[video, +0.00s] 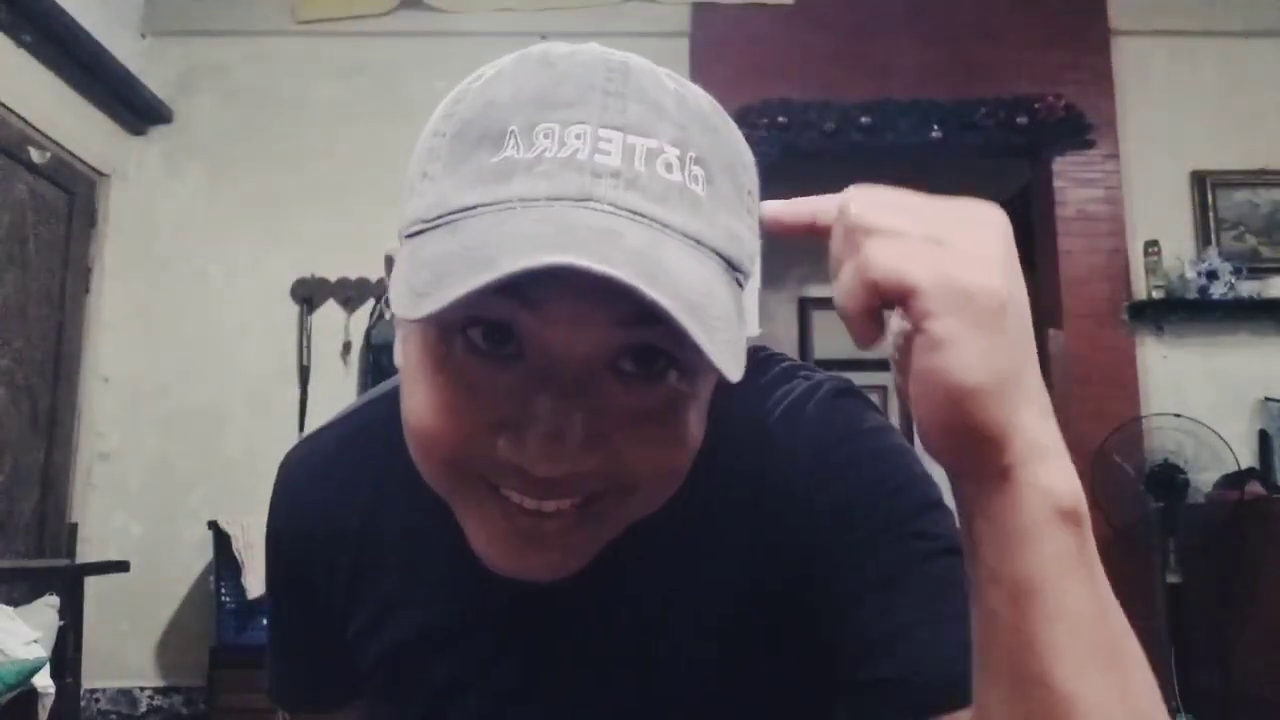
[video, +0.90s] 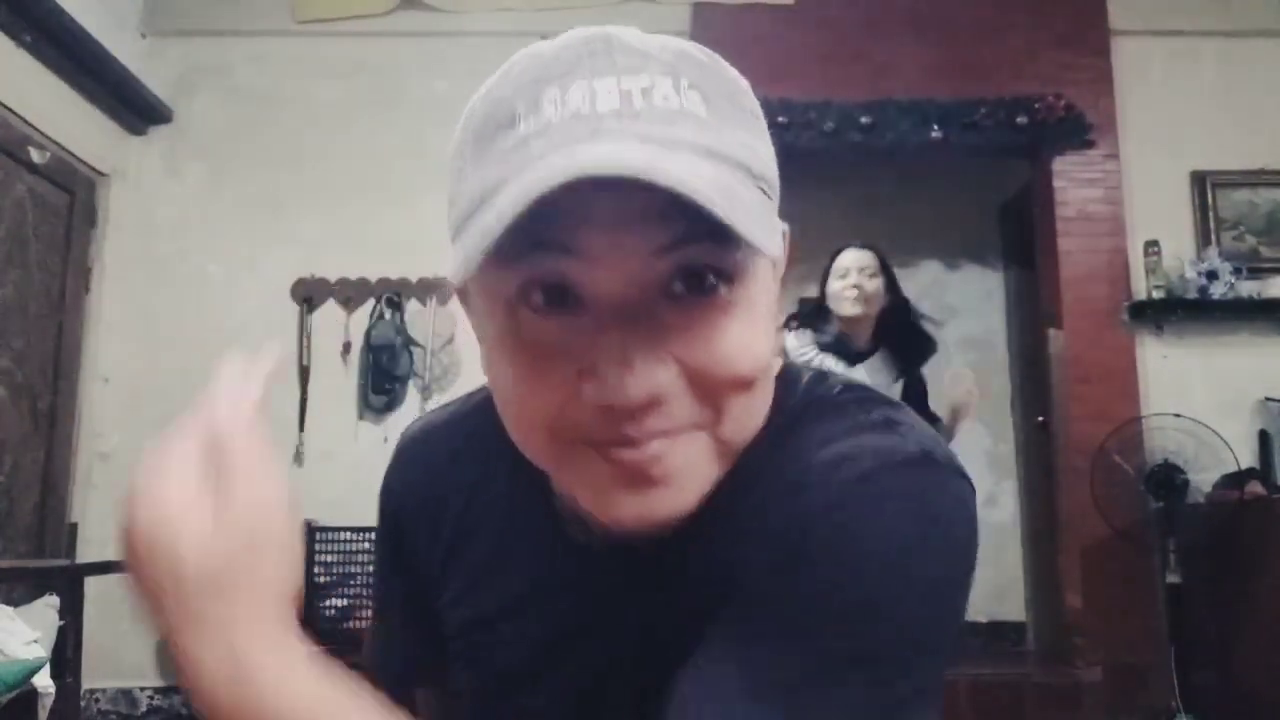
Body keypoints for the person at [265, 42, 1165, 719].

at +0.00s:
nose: (553, 447)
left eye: (643, 366)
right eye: (489, 339)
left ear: (728, 358)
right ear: (400, 300)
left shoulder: (831, 477)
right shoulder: (326, 499)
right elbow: (305, 698)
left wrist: (1013, 466)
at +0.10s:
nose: (580, 442)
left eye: (666, 355)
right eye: (514, 344)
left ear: (753, 344)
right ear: (410, 305)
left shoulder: (848, 477)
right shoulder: (338, 492)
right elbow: (321, 701)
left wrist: (1018, 439)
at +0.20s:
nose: (635, 449)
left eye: (676, 388)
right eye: (564, 399)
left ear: (745, 358)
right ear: (434, 321)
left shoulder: (870, 480)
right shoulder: (371, 485)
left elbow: (915, 695)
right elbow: (332, 702)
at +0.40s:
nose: (670, 407)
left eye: (721, 303)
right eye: (576, 326)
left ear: (794, 279)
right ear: (470, 331)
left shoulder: (881, 461)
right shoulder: (428, 465)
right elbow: (355, 694)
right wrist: (234, 560)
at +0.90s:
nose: (626, 381)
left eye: (692, 286)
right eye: (553, 296)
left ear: (780, 280)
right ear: (472, 310)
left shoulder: (885, 496)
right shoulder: (437, 475)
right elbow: (405, 706)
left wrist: (247, 662)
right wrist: (251, 655)